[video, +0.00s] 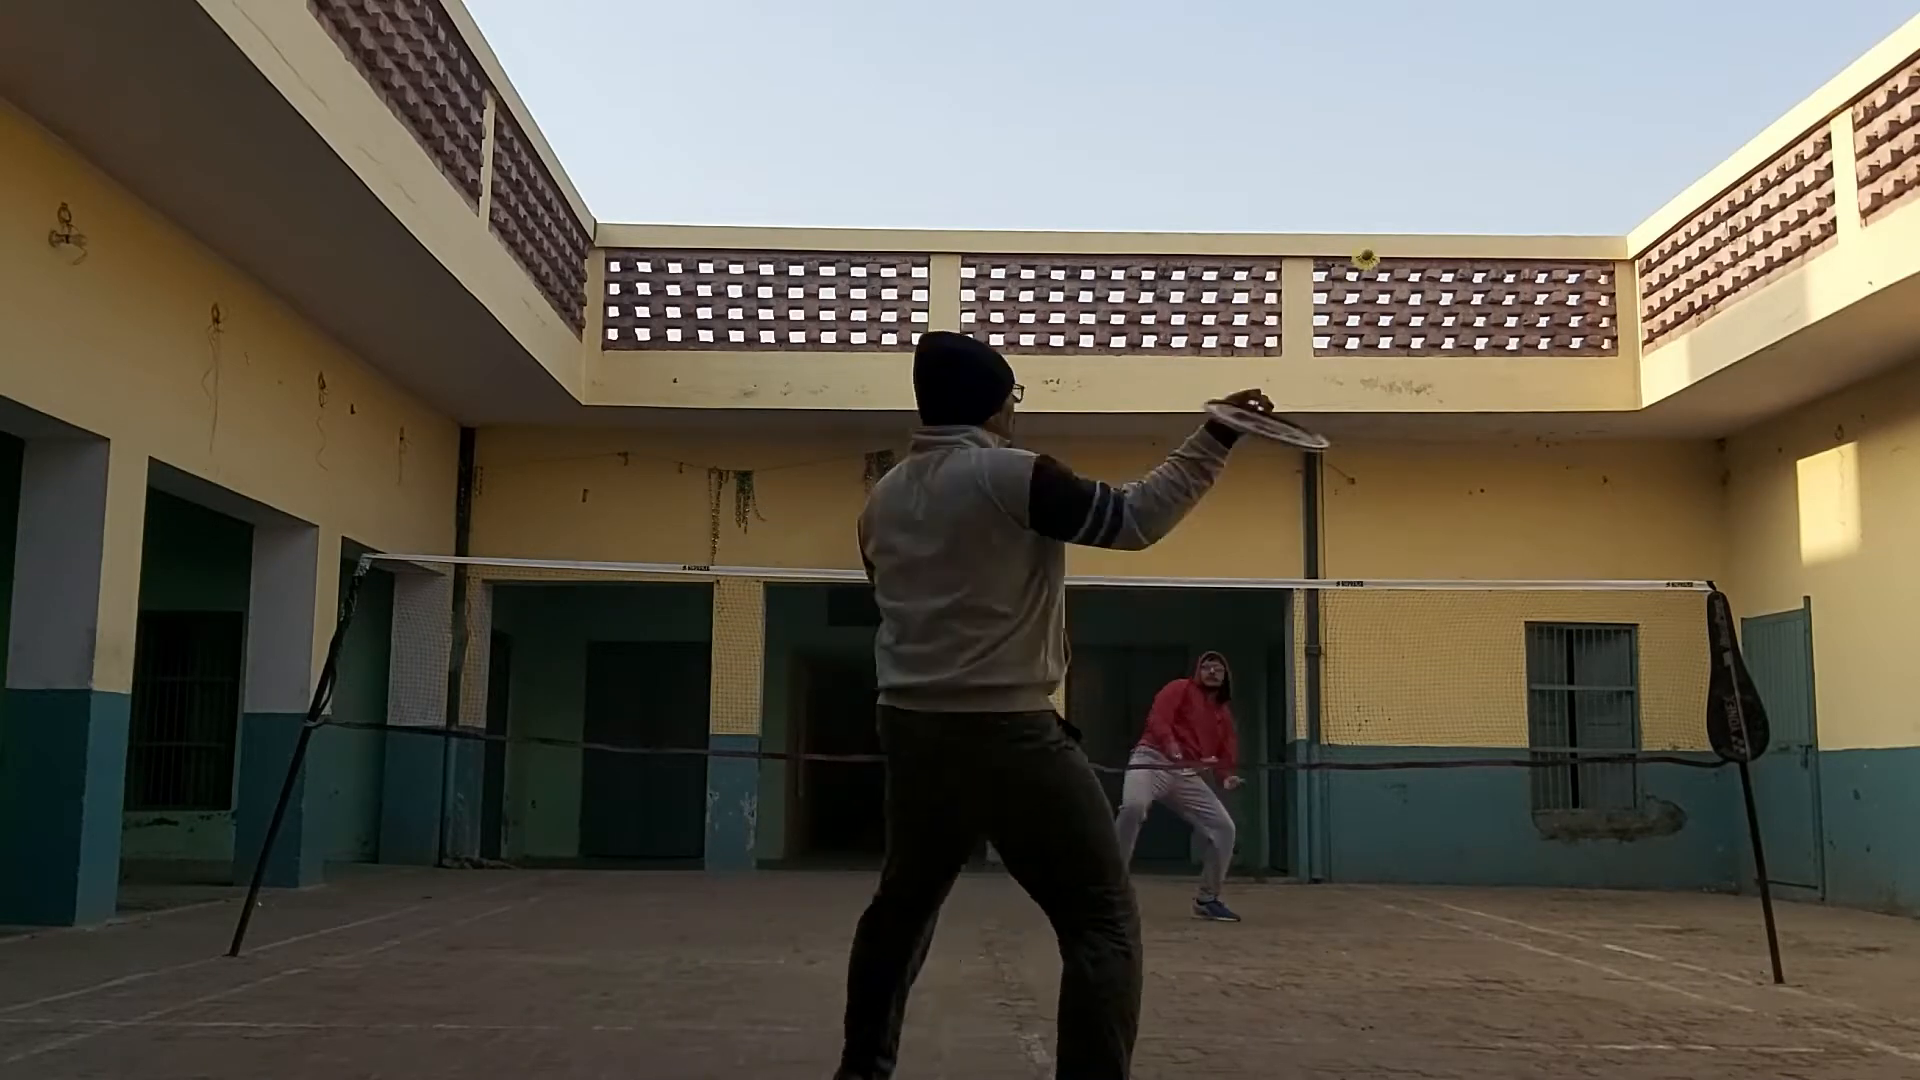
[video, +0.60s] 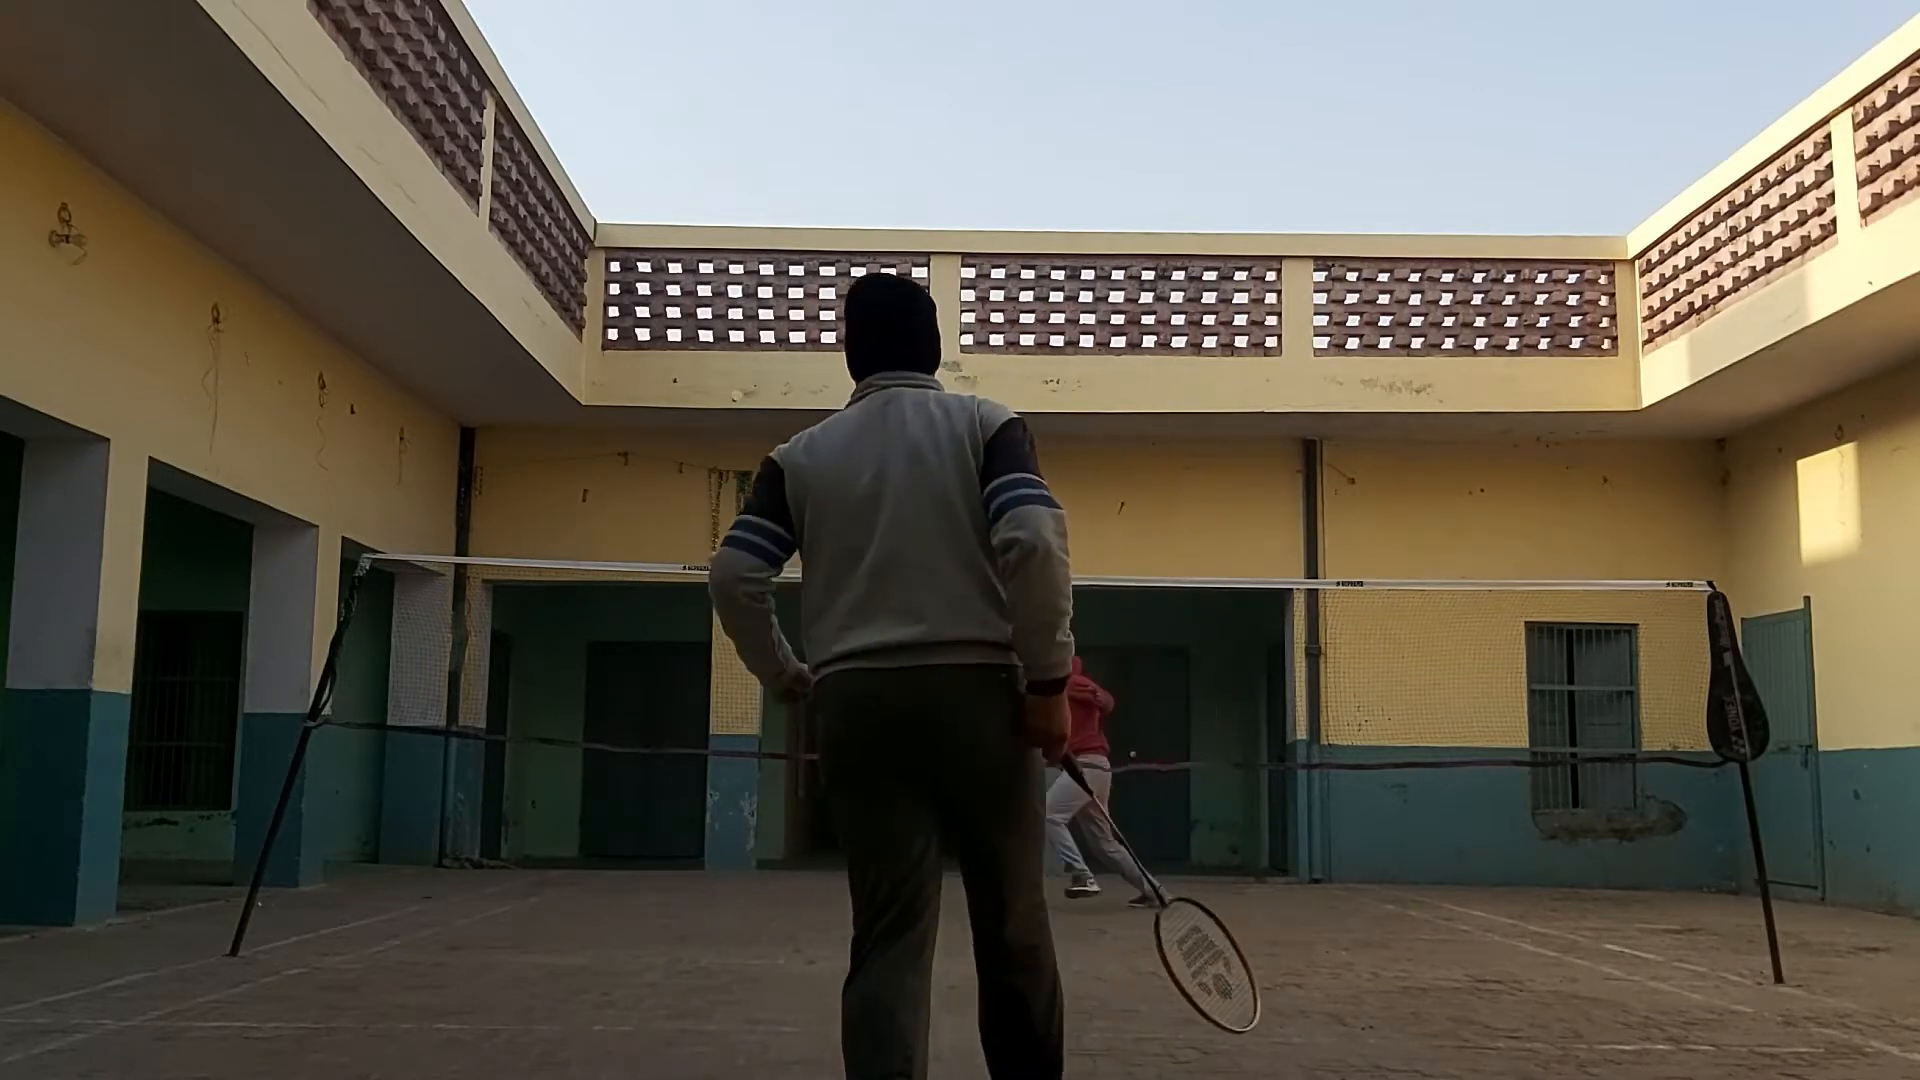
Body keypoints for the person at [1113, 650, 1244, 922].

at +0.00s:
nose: (1213, 671)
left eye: (1218, 668)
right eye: (1208, 667)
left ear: (1225, 676)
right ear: (1198, 672)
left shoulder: (1222, 714)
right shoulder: (1181, 687)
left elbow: (1226, 751)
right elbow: (1158, 719)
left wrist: (1227, 775)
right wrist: (1171, 748)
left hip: (1186, 774)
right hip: (1151, 760)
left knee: (1224, 828)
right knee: (1133, 808)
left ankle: (1207, 899)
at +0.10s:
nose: (1199, 663)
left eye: (1206, 660)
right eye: (1195, 658)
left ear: (1212, 669)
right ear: (1186, 662)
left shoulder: (1217, 706)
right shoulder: (1166, 681)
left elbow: (1222, 745)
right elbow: (1136, 707)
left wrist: (1218, 745)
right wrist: (1156, 713)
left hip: (1188, 771)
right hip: (1148, 765)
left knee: (1221, 827)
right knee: (1127, 830)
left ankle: (1207, 899)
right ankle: (1102, 899)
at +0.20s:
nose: (1180, 658)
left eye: (1185, 655)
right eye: (1174, 654)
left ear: (1195, 664)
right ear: (1166, 661)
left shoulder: (1205, 694)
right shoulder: (1148, 686)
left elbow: (1209, 724)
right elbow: (1121, 721)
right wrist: (1126, 703)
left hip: (1184, 773)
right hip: (1141, 770)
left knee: (1216, 825)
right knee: (1111, 831)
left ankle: (1207, 899)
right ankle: (1101, 903)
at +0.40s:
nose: (1125, 662)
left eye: (1131, 658)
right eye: (1121, 659)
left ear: (1142, 665)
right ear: (1116, 666)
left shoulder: (1152, 686)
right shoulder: (1114, 699)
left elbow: (1151, 703)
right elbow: (1114, 737)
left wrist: (1116, 690)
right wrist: (1101, 758)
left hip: (1146, 778)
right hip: (1110, 779)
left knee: (1177, 833)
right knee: (1091, 840)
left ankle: (1204, 897)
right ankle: (1143, 879)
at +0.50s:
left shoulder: (1118, 690)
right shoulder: (1085, 698)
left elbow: (1127, 731)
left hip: (1116, 771)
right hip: (1094, 772)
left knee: (1120, 831)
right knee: (1099, 844)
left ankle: (1163, 890)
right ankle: (1148, 889)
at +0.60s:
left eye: (1058, 664)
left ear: (1064, 667)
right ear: (1074, 666)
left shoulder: (1073, 683)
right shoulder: (1059, 686)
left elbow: (1108, 702)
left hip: (1088, 765)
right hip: (1090, 767)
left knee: (1050, 814)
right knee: (1103, 841)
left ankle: (1082, 878)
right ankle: (1151, 890)